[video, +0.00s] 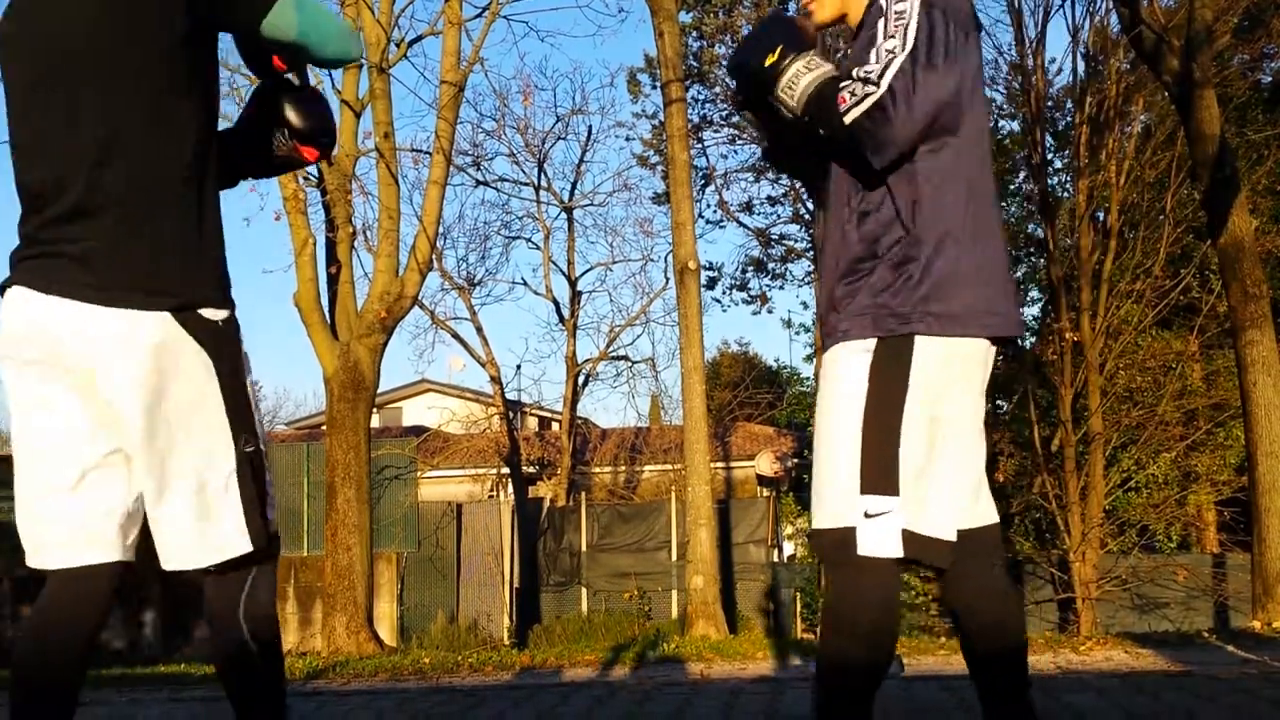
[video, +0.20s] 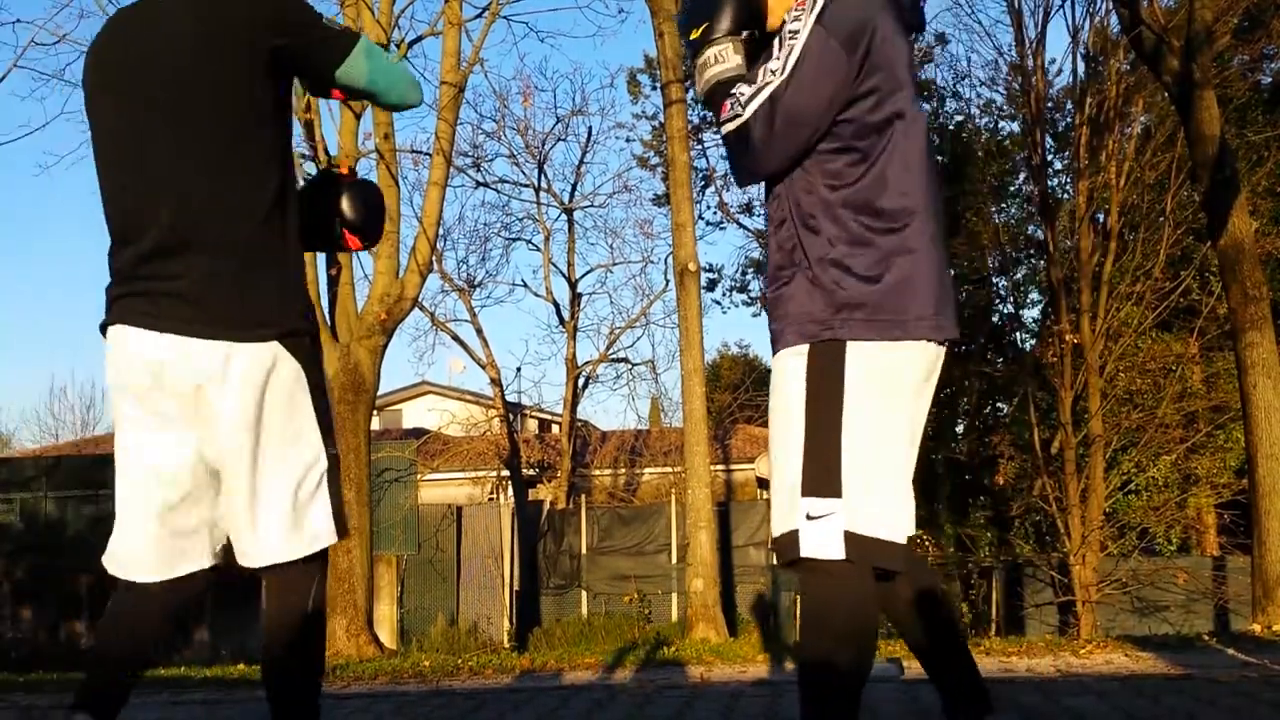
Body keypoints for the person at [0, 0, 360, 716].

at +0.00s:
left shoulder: (23, 17)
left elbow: (125, 164)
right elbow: (340, 42)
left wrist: (252, 147)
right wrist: (270, 31)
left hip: (41, 299)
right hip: (167, 306)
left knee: (81, 563)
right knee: (233, 561)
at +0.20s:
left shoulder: (109, 41)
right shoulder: (262, 12)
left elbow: (176, 188)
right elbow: (403, 87)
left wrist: (304, 212)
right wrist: (341, 70)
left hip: (142, 327)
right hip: (255, 329)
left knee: (162, 555)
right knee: (290, 548)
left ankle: (90, 711)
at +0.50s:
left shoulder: (199, 66)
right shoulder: (331, 26)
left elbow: (188, 226)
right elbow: (459, 90)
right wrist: (371, 69)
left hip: (226, 332)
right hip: (311, 327)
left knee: (275, 544)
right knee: (319, 541)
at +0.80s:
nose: (431, 58)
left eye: (434, 42)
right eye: (432, 40)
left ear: (354, 22)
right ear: (410, 30)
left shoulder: (276, 111)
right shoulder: (374, 70)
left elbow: (258, 256)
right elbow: (493, 126)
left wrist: (389, 308)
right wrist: (437, 89)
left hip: (285, 350)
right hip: (345, 345)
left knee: (346, 542)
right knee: (403, 532)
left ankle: (335, 718)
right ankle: (335, 718)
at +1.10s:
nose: (482, 97)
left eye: (487, 83)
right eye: (483, 78)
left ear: (430, 49)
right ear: (452, 53)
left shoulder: (360, 108)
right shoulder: (401, 94)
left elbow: (379, 270)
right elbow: (499, 206)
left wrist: (467, 291)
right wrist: (456, 146)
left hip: (321, 347)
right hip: (370, 348)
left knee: (359, 536)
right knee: (465, 514)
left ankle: (344, 711)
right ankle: (445, 705)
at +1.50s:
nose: (558, 76)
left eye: (564, 61)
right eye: (555, 57)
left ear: (509, 35)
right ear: (513, 35)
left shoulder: (449, 98)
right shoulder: (469, 91)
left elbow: (481, 249)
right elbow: (538, 219)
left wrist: (568, 254)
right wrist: (562, 178)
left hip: (414, 342)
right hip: (446, 345)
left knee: (441, 534)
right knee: (493, 528)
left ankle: (378, 705)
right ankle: (503, 713)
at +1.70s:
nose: (594, 62)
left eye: (599, 48)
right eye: (589, 43)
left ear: (551, 30)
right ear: (543, 25)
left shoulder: (512, 105)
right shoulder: (490, 88)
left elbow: (506, 256)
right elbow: (504, 216)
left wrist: (578, 276)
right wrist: (576, 210)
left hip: (503, 345)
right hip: (473, 342)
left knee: (544, 523)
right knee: (514, 522)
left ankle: (490, 703)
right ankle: (494, 707)